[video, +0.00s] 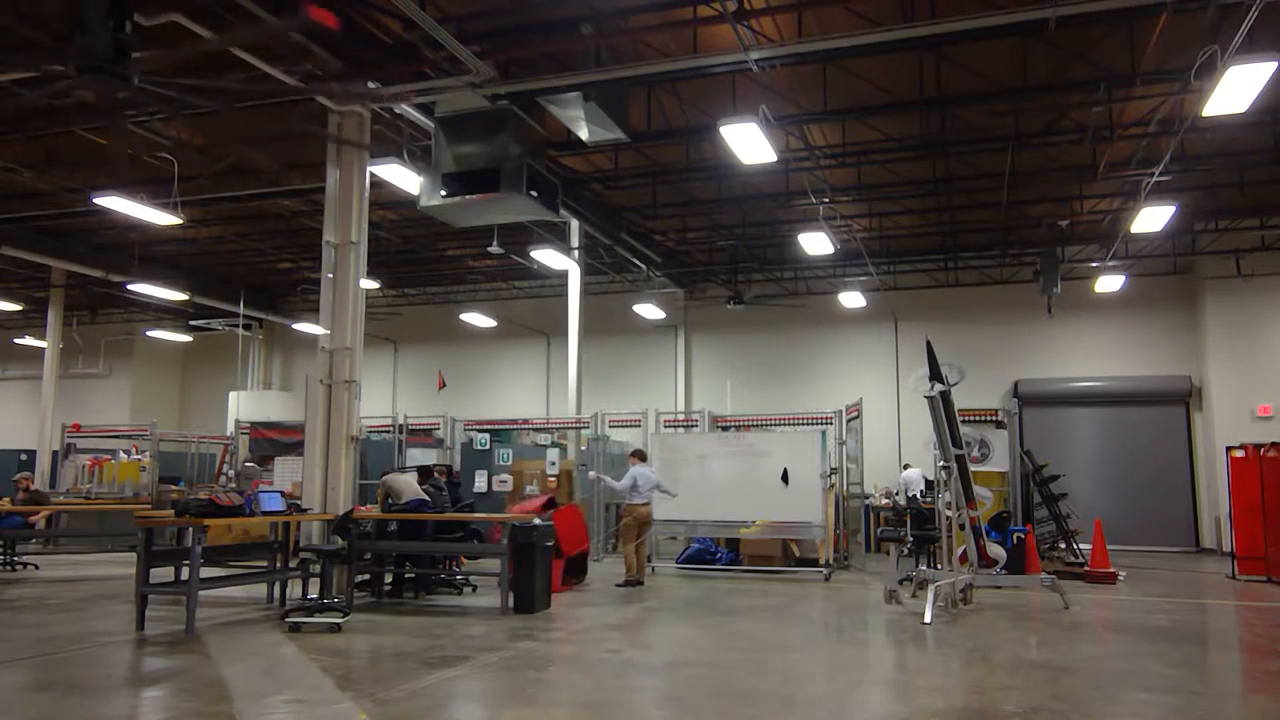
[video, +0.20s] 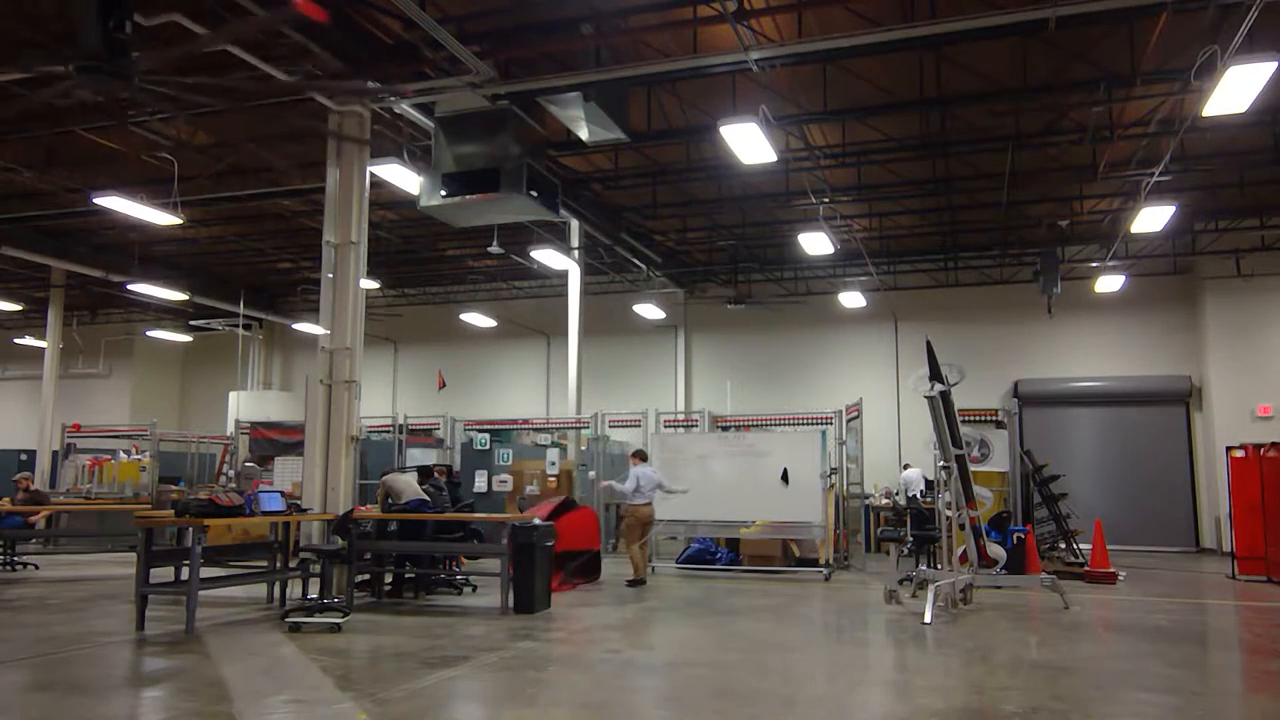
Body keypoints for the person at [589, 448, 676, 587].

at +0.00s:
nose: (629, 462)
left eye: (630, 459)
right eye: (629, 459)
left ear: (635, 459)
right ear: (642, 459)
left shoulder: (633, 471)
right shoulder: (651, 472)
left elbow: (620, 487)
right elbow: (660, 487)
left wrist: (603, 477)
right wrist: (672, 494)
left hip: (633, 507)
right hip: (647, 507)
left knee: (628, 543)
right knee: (641, 543)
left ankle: (630, 577)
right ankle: (640, 576)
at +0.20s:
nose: (631, 462)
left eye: (631, 460)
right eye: (631, 460)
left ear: (637, 459)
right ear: (644, 460)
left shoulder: (635, 471)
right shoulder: (653, 472)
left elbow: (628, 489)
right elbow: (665, 488)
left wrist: (611, 483)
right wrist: (681, 490)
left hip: (635, 507)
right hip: (648, 507)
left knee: (632, 544)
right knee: (643, 543)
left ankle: (638, 575)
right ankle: (642, 575)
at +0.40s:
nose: (631, 463)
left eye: (632, 461)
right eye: (631, 461)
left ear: (636, 460)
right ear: (645, 460)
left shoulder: (635, 472)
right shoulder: (653, 472)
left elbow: (627, 491)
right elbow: (668, 487)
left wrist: (610, 489)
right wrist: (684, 488)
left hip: (637, 509)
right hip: (651, 508)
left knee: (638, 545)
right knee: (644, 544)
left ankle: (645, 578)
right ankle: (640, 575)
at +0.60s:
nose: (631, 463)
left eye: (631, 460)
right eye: (631, 460)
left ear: (635, 460)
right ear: (645, 460)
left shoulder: (634, 472)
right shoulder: (653, 470)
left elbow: (626, 493)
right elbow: (669, 484)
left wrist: (609, 492)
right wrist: (683, 484)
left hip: (640, 508)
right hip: (654, 507)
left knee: (642, 545)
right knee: (647, 543)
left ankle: (646, 579)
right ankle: (643, 572)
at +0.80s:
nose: (632, 462)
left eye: (632, 460)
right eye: (633, 460)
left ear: (634, 460)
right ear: (645, 459)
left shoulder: (633, 473)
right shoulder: (654, 471)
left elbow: (625, 495)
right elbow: (672, 483)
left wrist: (606, 491)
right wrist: (688, 477)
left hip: (642, 508)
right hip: (656, 507)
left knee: (646, 545)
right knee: (654, 544)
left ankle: (647, 579)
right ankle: (653, 577)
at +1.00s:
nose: (636, 461)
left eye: (636, 459)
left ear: (636, 460)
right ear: (648, 459)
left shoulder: (633, 473)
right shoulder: (655, 470)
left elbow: (623, 495)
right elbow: (672, 483)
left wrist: (607, 490)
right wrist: (688, 475)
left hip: (642, 508)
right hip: (658, 507)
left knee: (646, 544)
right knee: (661, 544)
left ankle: (646, 580)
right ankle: (666, 580)